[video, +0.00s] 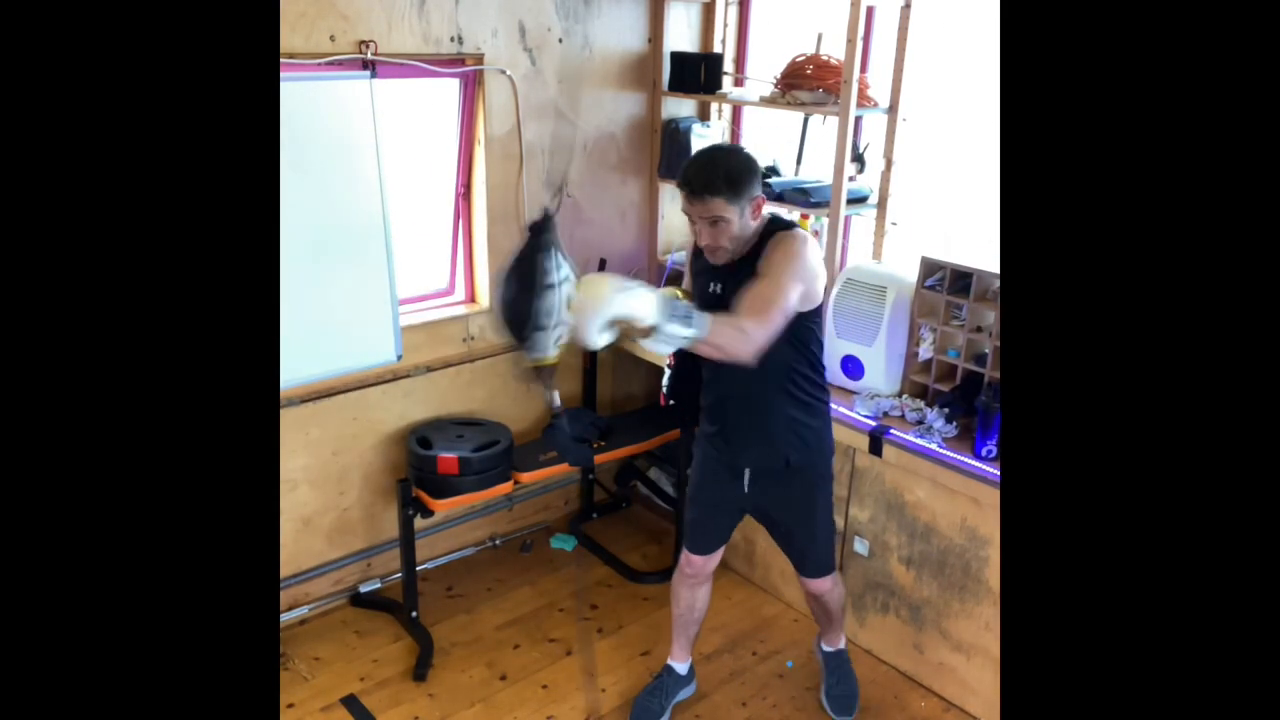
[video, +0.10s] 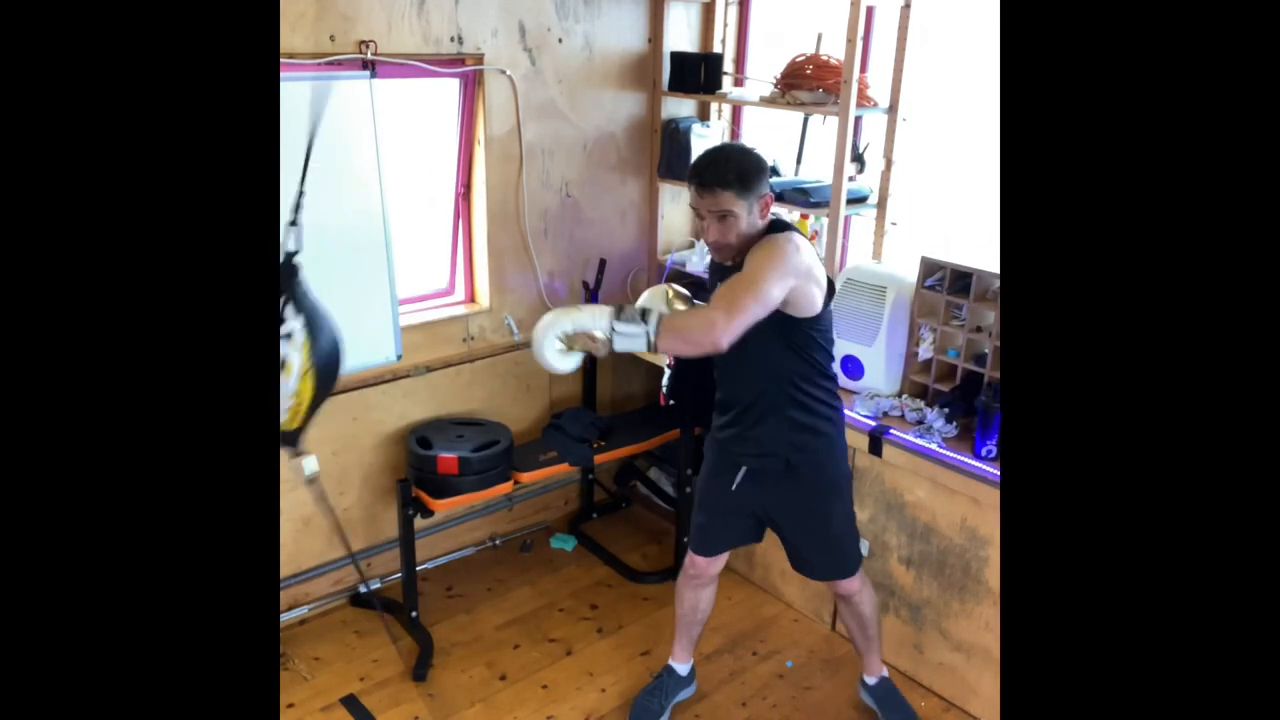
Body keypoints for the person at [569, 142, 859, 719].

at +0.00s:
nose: (701, 237)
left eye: (715, 223)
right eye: (693, 221)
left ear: (756, 207)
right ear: (686, 209)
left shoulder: (794, 251)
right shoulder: (701, 254)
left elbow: (745, 342)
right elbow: (695, 334)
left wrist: (659, 312)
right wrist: (635, 327)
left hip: (793, 445)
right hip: (720, 440)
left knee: (820, 584)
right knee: (693, 564)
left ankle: (834, 650)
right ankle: (678, 669)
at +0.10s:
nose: (708, 232)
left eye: (722, 218)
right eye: (701, 217)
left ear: (762, 207)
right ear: (694, 207)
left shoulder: (786, 252)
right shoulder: (728, 259)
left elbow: (713, 330)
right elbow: (721, 328)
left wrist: (618, 329)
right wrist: (667, 312)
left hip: (807, 446)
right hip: (735, 442)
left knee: (848, 582)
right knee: (699, 565)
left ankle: (875, 677)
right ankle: (680, 669)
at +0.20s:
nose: (733, 240)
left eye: (748, 224)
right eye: (721, 224)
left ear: (781, 212)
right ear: (710, 216)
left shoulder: (807, 269)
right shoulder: (742, 261)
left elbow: (779, 387)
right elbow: (749, 342)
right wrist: (697, 323)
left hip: (822, 455)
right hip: (748, 446)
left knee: (869, 599)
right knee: (703, 572)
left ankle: (905, 709)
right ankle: (680, 671)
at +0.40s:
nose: (876, 246)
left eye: (890, 230)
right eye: (860, 228)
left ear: (904, 224)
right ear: (832, 217)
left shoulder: (928, 276)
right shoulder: (787, 265)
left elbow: (961, 381)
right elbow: (720, 363)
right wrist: (745, 343)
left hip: (874, 464)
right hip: (787, 455)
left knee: (898, 620)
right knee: (722, 582)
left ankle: (916, 714)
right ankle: (680, 671)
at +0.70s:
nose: (941, 260)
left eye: (960, 246)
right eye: (930, 239)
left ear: (990, 238)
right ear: (915, 220)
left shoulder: (995, 288)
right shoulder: (863, 270)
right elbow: (808, 362)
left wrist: (991, 373)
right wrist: (856, 375)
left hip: (925, 476)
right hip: (840, 464)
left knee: (922, 620)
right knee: (778, 598)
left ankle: (918, 715)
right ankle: (733, 703)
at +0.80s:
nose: (910, 248)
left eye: (928, 234)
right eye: (900, 229)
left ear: (968, 223)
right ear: (889, 214)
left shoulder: (994, 274)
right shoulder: (869, 258)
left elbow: (999, 399)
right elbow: (818, 363)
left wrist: (982, 358)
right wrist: (843, 336)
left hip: (932, 477)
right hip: (848, 459)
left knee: (927, 625)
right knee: (782, 593)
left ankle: (920, 715)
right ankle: (745, 700)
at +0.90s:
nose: (896, 243)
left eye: (911, 227)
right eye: (884, 226)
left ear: (951, 211)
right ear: (873, 211)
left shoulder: (990, 274)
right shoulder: (864, 261)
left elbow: (996, 410)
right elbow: (811, 363)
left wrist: (952, 337)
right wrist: (835, 318)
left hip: (930, 482)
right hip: (847, 462)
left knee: (928, 620)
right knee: (782, 587)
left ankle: (921, 714)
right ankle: (752, 687)